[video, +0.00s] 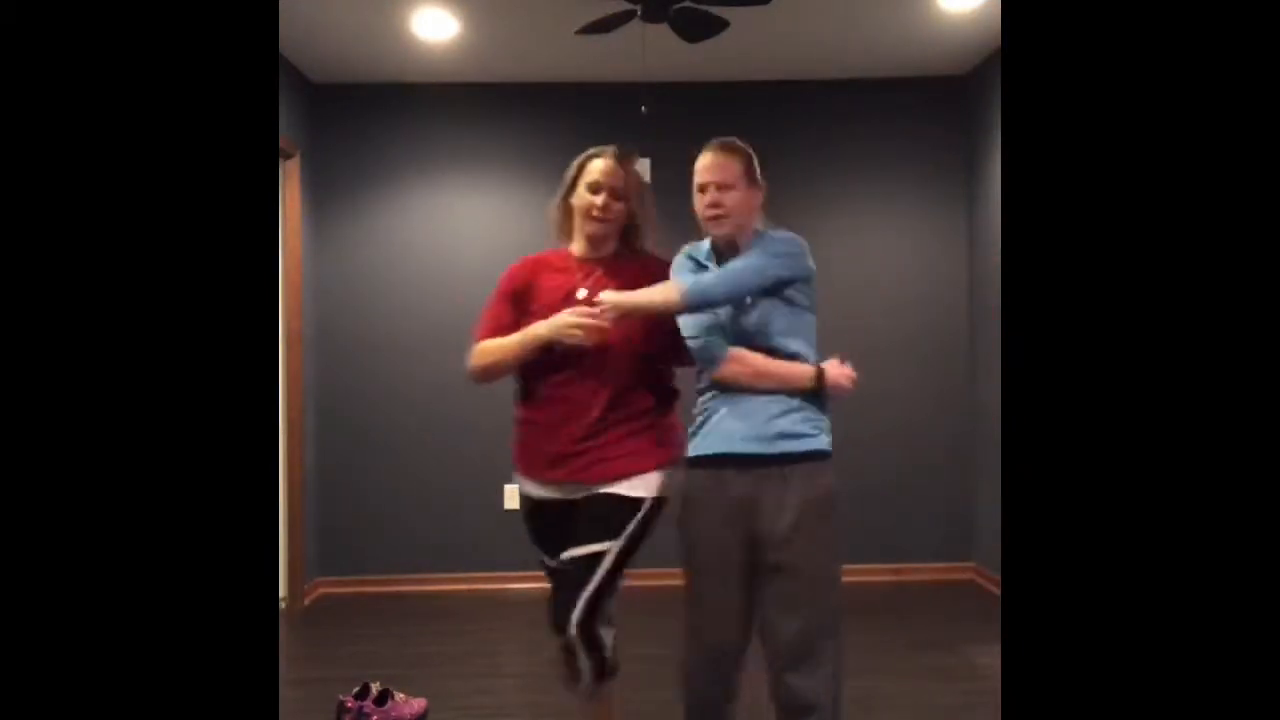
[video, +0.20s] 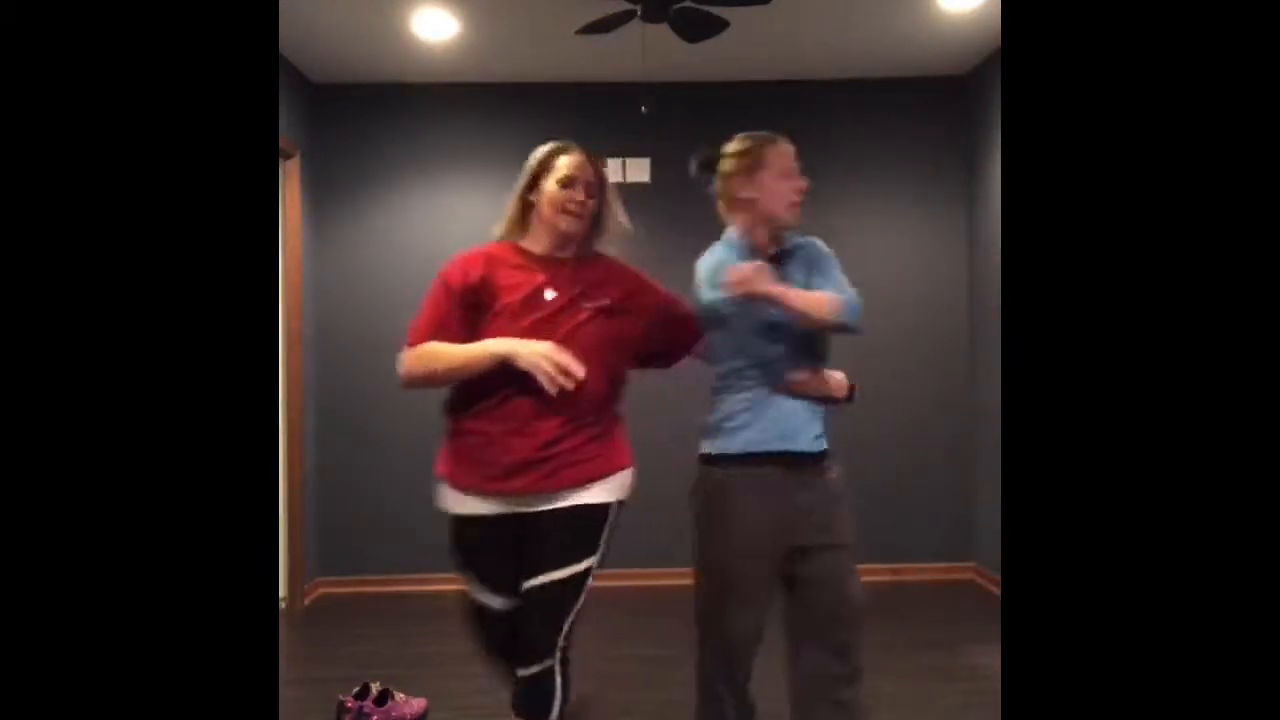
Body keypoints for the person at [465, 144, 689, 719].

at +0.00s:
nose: (603, 202)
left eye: (617, 194)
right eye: (593, 188)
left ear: (632, 208)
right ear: (570, 196)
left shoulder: (656, 278)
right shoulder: (529, 275)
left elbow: (695, 360)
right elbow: (479, 362)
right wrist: (546, 330)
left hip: (632, 469)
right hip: (546, 473)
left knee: (573, 618)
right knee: (580, 623)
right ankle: (600, 703)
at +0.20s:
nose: (578, 198)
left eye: (590, 190)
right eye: (566, 183)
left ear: (599, 207)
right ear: (534, 191)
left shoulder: (616, 284)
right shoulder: (474, 272)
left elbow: (711, 340)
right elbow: (413, 364)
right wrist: (509, 348)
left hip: (578, 492)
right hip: (480, 492)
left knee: (539, 644)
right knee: (498, 636)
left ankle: (538, 713)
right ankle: (545, 691)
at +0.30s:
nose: (556, 196)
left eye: (565, 187)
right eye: (543, 182)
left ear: (572, 201)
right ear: (505, 186)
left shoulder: (585, 283)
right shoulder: (442, 267)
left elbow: (678, 336)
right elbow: (382, 363)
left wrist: (738, 364)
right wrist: (490, 350)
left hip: (550, 501)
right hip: (449, 502)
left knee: (528, 669)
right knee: (460, 675)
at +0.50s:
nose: (498, 189)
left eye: (501, 177)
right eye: (484, 175)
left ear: (503, 186)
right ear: (437, 177)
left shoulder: (499, 274)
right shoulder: (375, 255)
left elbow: (596, 319)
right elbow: (337, 357)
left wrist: (694, 349)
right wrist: (460, 352)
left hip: (474, 494)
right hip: (378, 497)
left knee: (490, 670)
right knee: (376, 674)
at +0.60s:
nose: (462, 192)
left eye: (463, 178)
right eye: (450, 176)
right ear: (402, 174)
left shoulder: (455, 270)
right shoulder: (345, 251)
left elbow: (549, 309)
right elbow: (326, 358)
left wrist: (658, 324)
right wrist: (451, 354)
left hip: (436, 489)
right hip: (351, 493)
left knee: (461, 646)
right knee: (364, 666)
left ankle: (433, 711)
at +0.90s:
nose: (440, 185)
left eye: (439, 173)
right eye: (426, 171)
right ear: (378, 173)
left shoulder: (426, 259)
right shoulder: (331, 266)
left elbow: (496, 329)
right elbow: (299, 387)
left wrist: (588, 315)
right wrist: (429, 409)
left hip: (419, 484)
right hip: (349, 491)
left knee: (457, 631)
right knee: (372, 666)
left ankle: (397, 711)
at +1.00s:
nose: (465, 197)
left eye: (464, 183)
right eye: (454, 181)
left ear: (417, 188)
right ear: (409, 185)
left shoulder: (448, 265)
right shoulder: (367, 272)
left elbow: (500, 357)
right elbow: (329, 387)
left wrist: (557, 339)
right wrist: (440, 439)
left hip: (446, 491)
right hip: (382, 497)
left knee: (501, 623)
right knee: (396, 670)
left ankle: (473, 711)